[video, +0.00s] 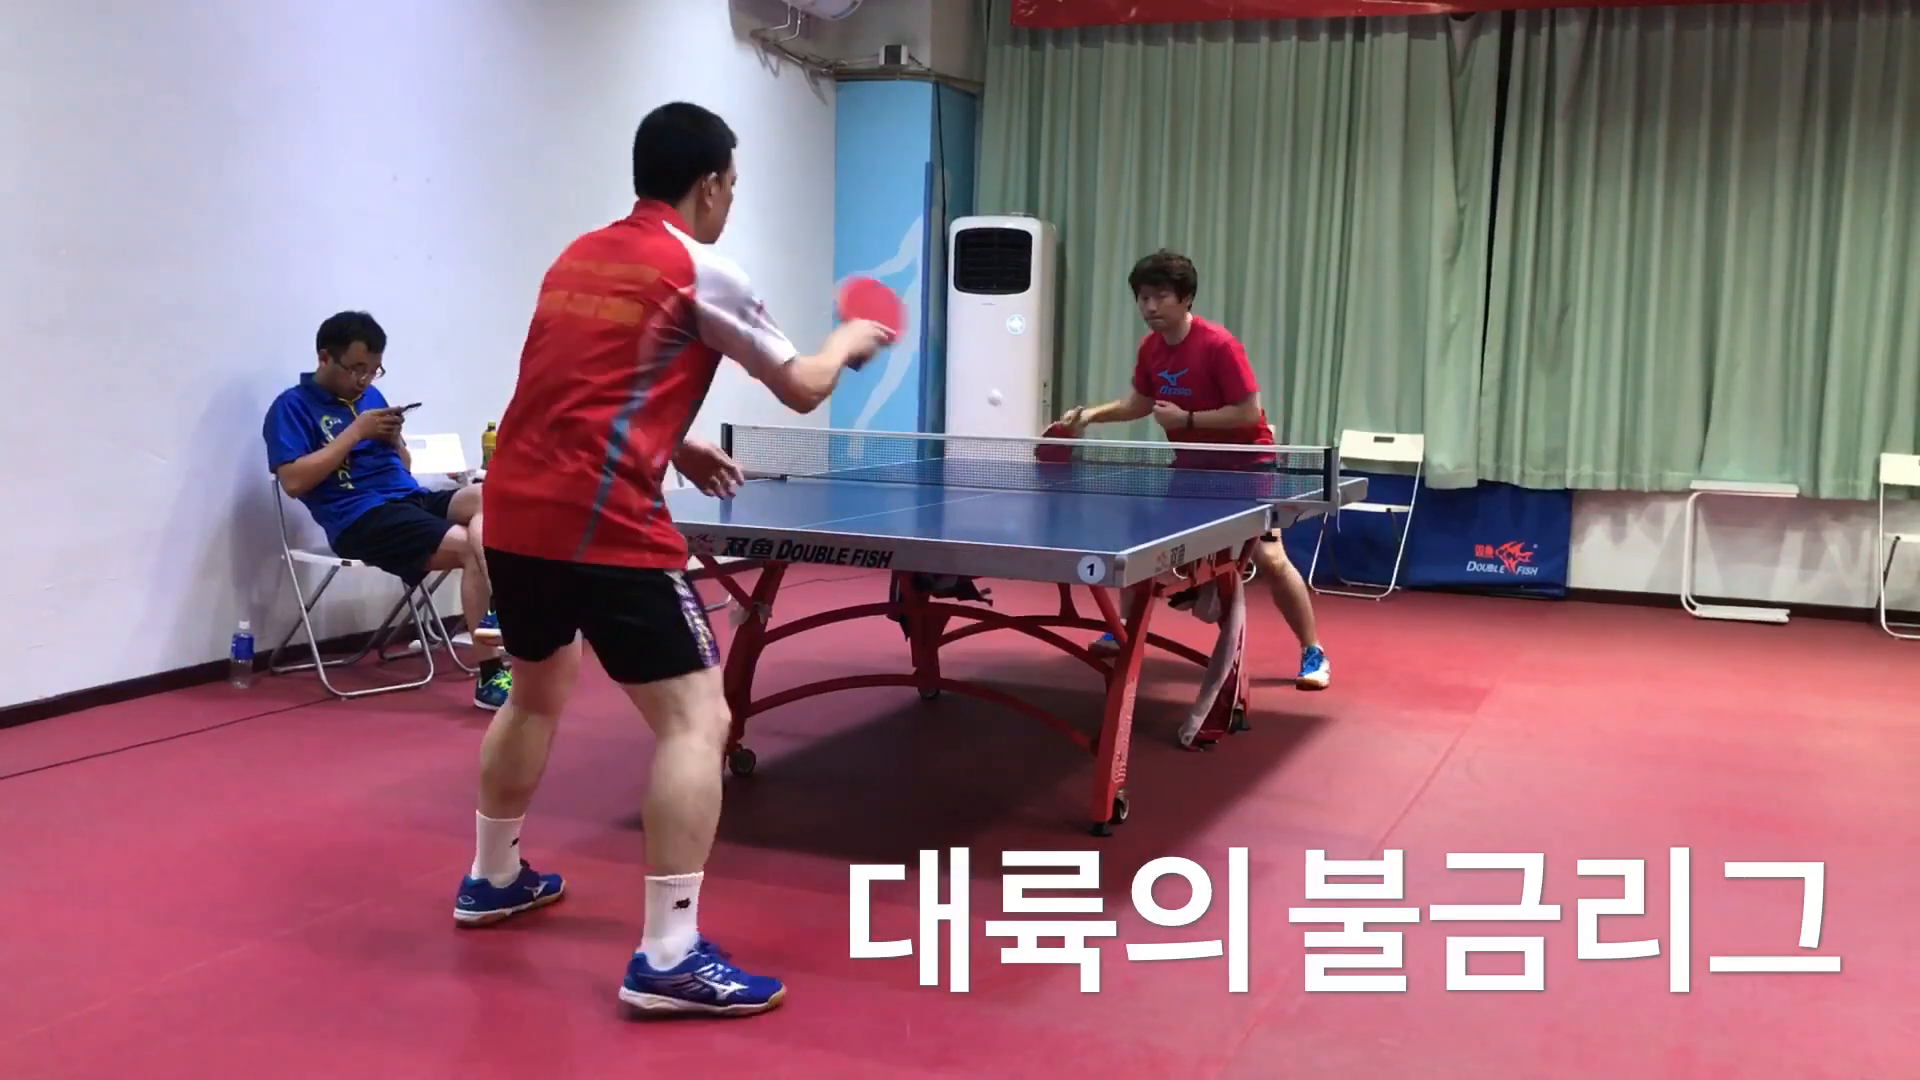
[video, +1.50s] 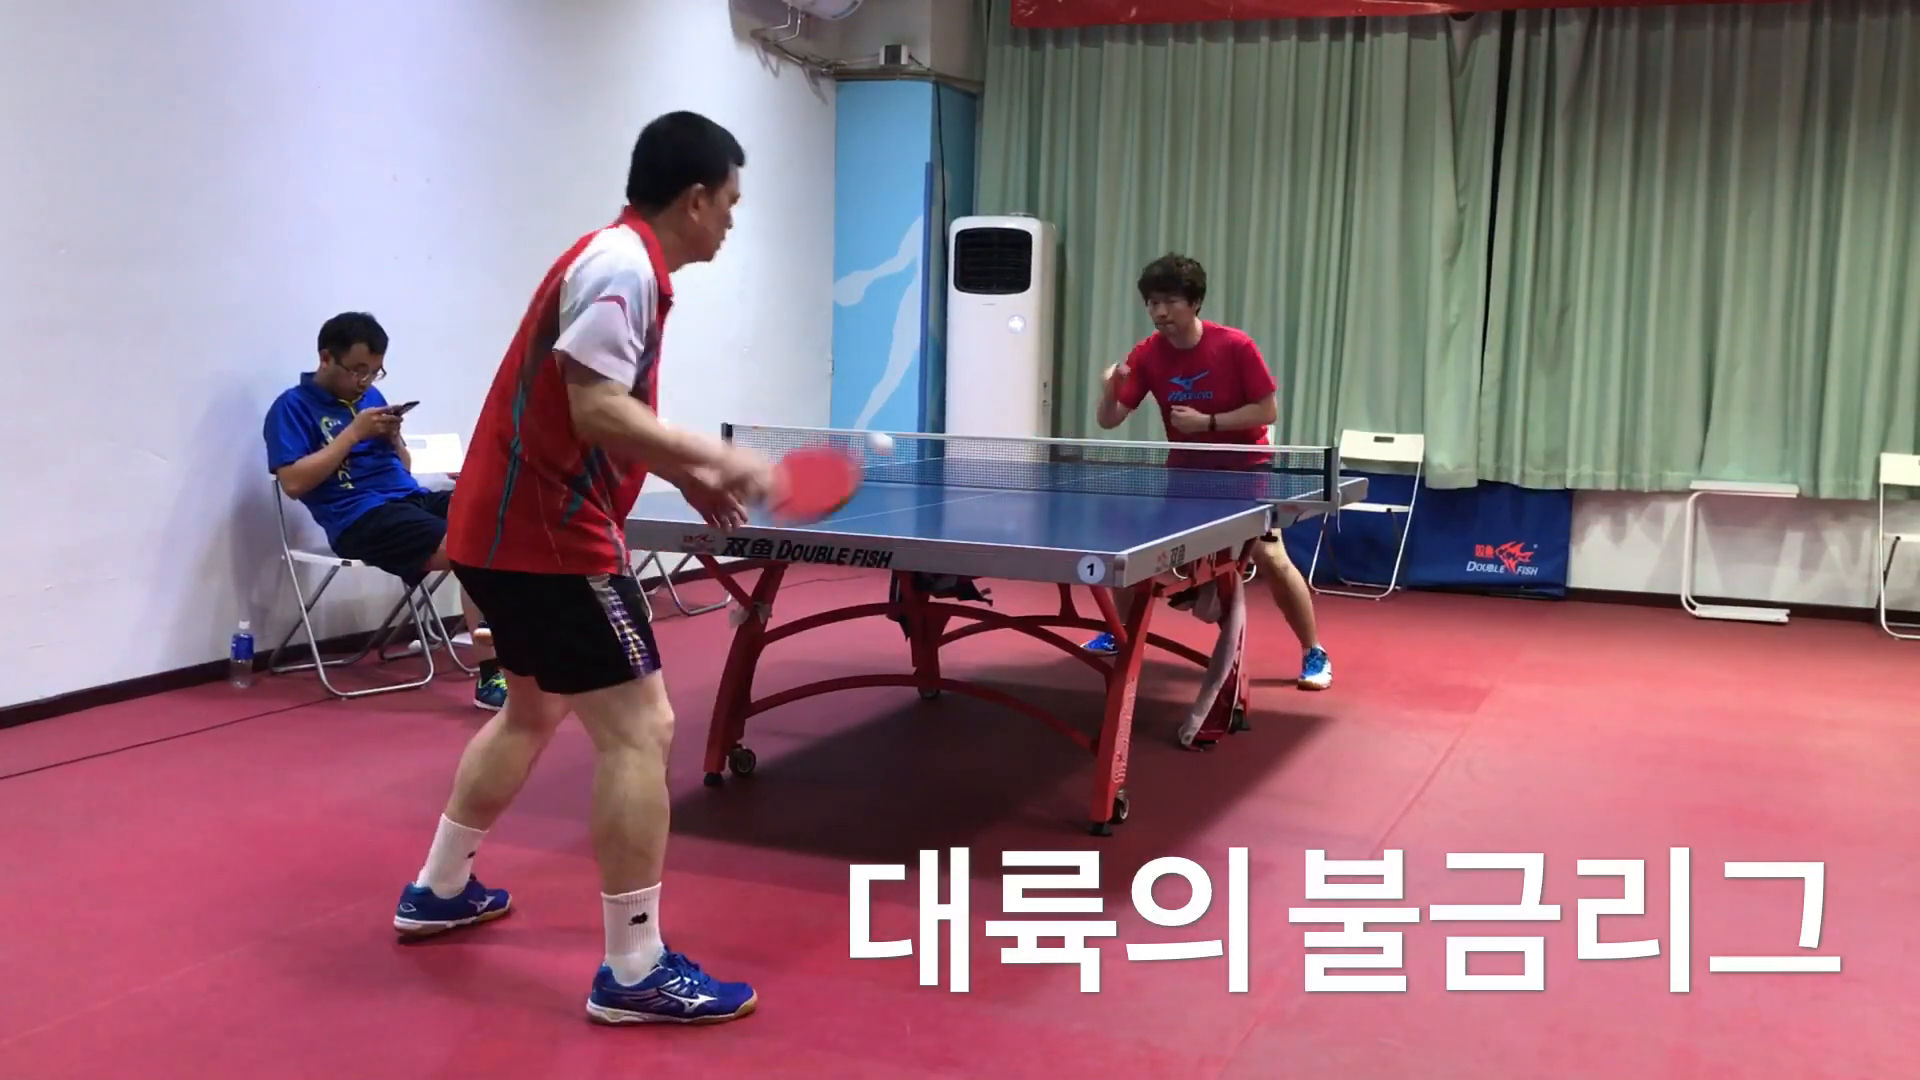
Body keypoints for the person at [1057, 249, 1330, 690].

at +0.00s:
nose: (1149, 307)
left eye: (1158, 297)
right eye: (1142, 298)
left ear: (1185, 298)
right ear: (1137, 301)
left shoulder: (1219, 345)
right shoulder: (1151, 348)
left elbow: (1250, 413)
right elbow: (1141, 403)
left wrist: (1186, 419)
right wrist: (1091, 413)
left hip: (1246, 468)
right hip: (1191, 468)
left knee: (1271, 557)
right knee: (1150, 541)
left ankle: (1312, 650)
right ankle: (1129, 628)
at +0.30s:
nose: (1145, 329)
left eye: (1152, 320)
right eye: (1141, 321)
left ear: (1181, 316)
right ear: (1141, 320)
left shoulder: (1224, 360)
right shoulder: (1164, 360)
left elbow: (1250, 430)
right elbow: (1135, 398)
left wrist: (1189, 434)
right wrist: (1083, 381)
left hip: (1258, 470)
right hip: (1208, 470)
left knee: (1268, 564)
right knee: (1157, 543)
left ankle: (1312, 653)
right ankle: (1128, 628)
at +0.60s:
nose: (1156, 313)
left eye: (1166, 303)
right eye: (1150, 304)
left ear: (1192, 305)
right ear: (1145, 307)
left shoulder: (1232, 349)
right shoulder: (1147, 356)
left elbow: (1267, 413)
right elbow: (1105, 415)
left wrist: (1205, 426)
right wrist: (1096, 394)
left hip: (1247, 474)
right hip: (1188, 474)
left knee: (1275, 556)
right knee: (1135, 546)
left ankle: (1315, 652)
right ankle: (1125, 634)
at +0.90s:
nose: (1132, 311)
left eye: (1141, 300)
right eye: (1126, 302)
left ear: (1169, 301)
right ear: (1122, 304)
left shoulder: (1203, 346)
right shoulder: (1147, 347)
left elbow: (1234, 415)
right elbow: (1143, 399)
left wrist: (1173, 420)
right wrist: (1091, 416)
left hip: (1242, 465)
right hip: (1190, 466)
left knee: (1261, 561)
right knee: (1146, 539)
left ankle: (1311, 651)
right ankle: (1126, 628)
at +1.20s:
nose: (1145, 325)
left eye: (1151, 316)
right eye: (1142, 317)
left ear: (1181, 310)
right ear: (1165, 315)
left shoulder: (1225, 356)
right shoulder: (1163, 355)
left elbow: (1250, 428)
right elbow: (1124, 395)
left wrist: (1188, 429)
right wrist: (1097, 370)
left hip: (1256, 472)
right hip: (1206, 473)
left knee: (1265, 570)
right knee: (1153, 543)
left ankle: (1310, 652)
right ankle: (1127, 630)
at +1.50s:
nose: (1159, 311)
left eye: (1169, 301)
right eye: (1152, 302)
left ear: (1194, 301)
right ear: (1147, 305)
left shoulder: (1234, 346)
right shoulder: (1146, 355)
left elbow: (1267, 411)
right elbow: (1108, 419)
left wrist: (1207, 422)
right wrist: (1110, 386)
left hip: (1244, 473)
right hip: (1184, 474)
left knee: (1270, 555)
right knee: (1134, 548)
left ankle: (1313, 652)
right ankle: (1122, 634)